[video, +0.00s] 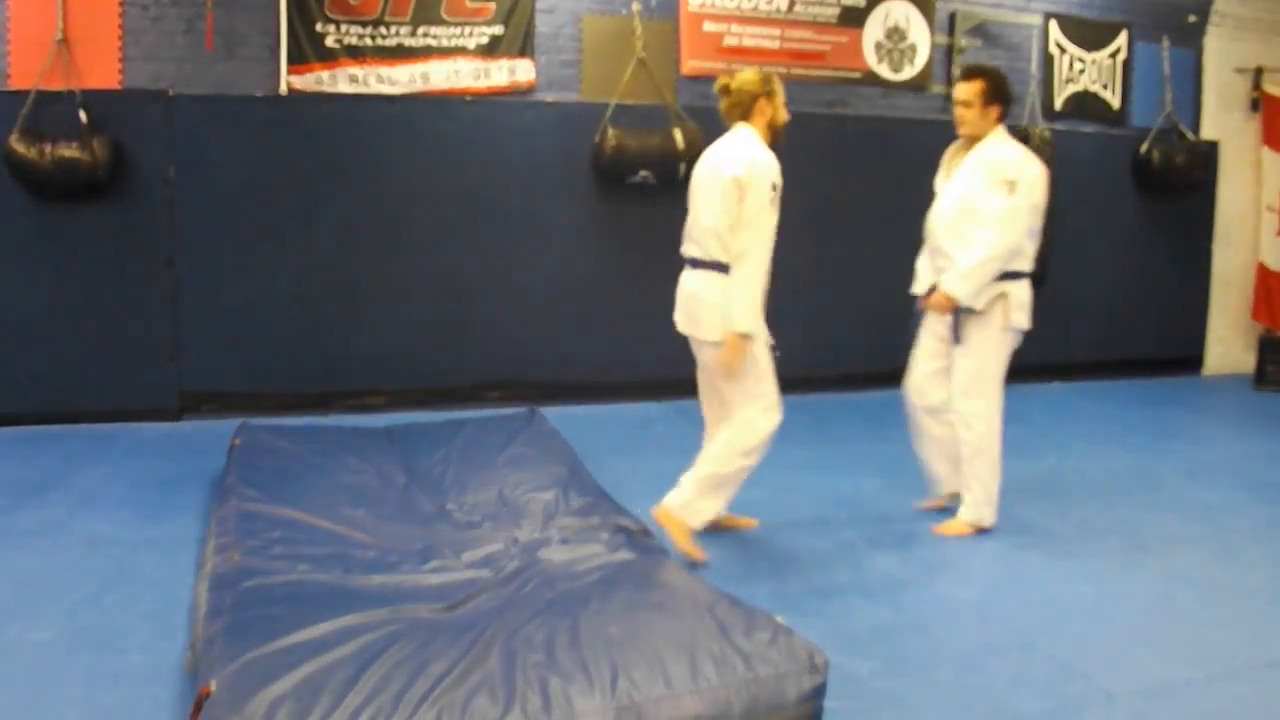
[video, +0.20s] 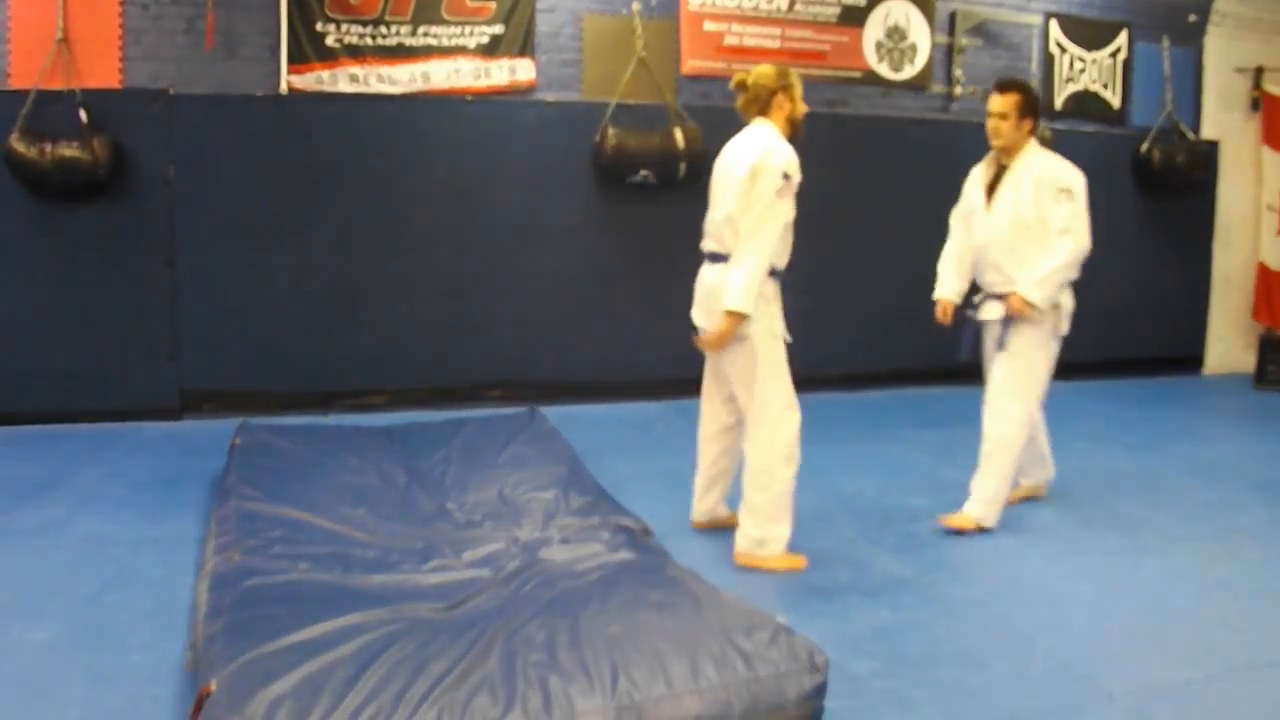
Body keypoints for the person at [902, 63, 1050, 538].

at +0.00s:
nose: (957, 114)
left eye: (967, 106)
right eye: (955, 105)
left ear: (995, 110)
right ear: (956, 107)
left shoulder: (1023, 168)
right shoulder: (955, 157)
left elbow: (1006, 242)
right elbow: (938, 229)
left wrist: (956, 289)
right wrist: (925, 280)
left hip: (995, 296)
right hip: (948, 294)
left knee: (976, 400)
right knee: (923, 390)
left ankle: (979, 510)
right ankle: (950, 484)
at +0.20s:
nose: (993, 126)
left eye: (1003, 118)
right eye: (990, 117)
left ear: (1029, 123)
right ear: (985, 121)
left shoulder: (1060, 176)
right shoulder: (981, 175)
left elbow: (1074, 243)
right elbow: (961, 234)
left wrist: (1033, 292)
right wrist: (949, 288)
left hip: (1040, 304)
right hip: (993, 301)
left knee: (1008, 400)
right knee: (1009, 394)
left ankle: (980, 507)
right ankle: (1034, 474)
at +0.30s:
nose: (1007, 126)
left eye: (1017, 118)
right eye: (1003, 117)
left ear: (1042, 120)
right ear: (1000, 120)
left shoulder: (1079, 173)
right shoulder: (998, 174)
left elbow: (1085, 244)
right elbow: (978, 237)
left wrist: (1067, 303)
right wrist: (959, 294)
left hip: (1054, 297)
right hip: (1009, 296)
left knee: (1028, 397)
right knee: (1018, 394)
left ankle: (1003, 498)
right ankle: (1038, 472)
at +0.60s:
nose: (1065, 128)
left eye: (1075, 120)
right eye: (1062, 119)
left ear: (1101, 124)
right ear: (1060, 122)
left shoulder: (1136, 182)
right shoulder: (1049, 175)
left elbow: (1145, 248)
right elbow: (1028, 228)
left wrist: (1106, 299)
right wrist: (1017, 279)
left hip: (1108, 307)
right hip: (1054, 302)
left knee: (1121, 398)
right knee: (1027, 385)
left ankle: (1140, 485)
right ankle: (1028, 478)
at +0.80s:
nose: (1082, 122)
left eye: (1092, 115)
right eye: (1079, 114)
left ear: (1119, 121)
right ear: (1076, 119)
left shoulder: (1149, 178)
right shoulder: (1061, 170)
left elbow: (1165, 243)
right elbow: (1040, 227)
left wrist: (1122, 292)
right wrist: (1038, 284)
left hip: (1122, 308)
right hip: (1065, 303)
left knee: (1131, 403)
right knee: (1045, 394)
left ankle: (1137, 488)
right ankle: (1027, 482)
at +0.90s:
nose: (1080, 124)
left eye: (1090, 116)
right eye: (1077, 116)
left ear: (1116, 122)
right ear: (1074, 120)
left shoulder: (1146, 179)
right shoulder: (1060, 173)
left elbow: (1171, 241)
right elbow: (1035, 226)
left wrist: (1125, 289)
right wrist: (1035, 281)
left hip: (1121, 311)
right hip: (1063, 307)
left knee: (1133, 404)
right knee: (1041, 394)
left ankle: (1138, 487)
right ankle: (1027, 482)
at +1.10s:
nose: (1053, 131)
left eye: (1063, 123)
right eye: (1051, 123)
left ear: (1090, 127)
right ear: (1048, 126)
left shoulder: (1123, 181)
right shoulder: (1037, 178)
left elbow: (1152, 239)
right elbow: (1012, 223)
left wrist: (1103, 280)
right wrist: (1012, 264)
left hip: (1104, 318)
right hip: (1045, 314)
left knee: (1120, 409)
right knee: (1020, 396)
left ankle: (1135, 491)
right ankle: (1014, 486)